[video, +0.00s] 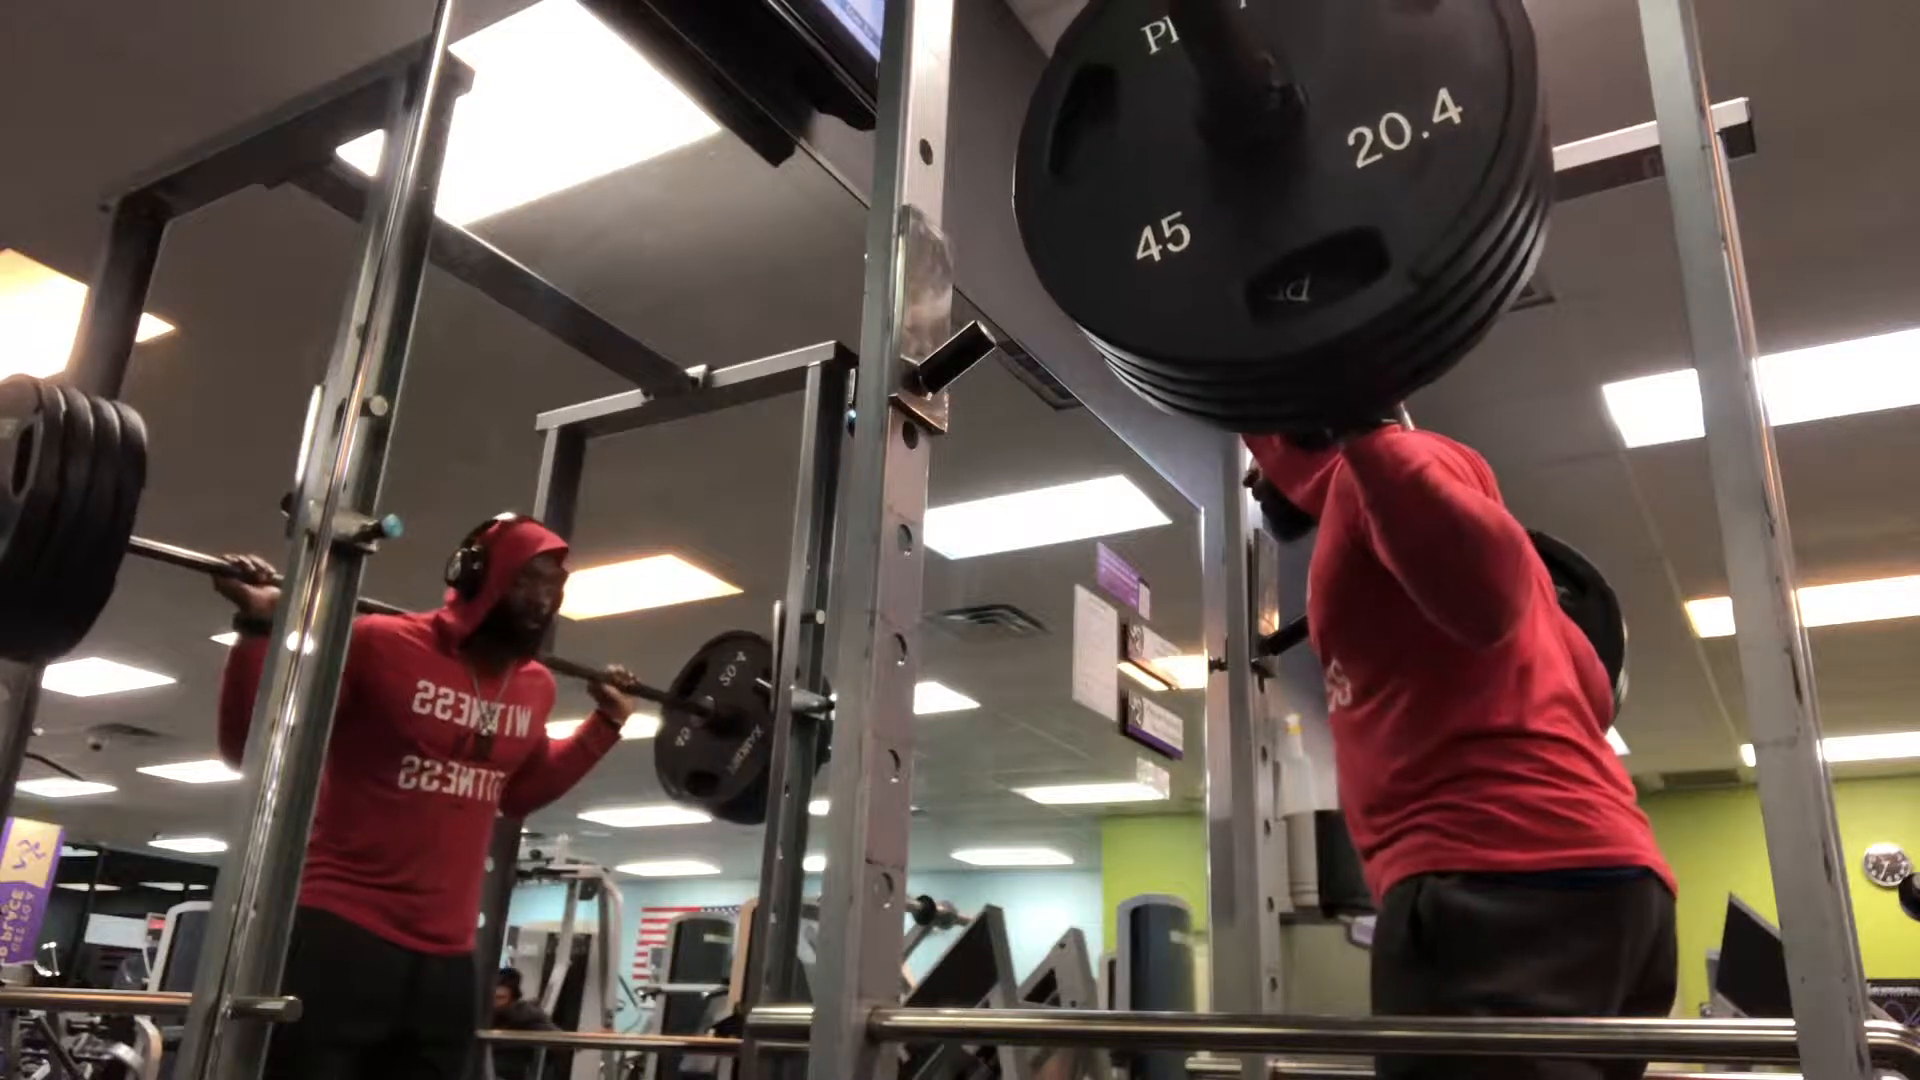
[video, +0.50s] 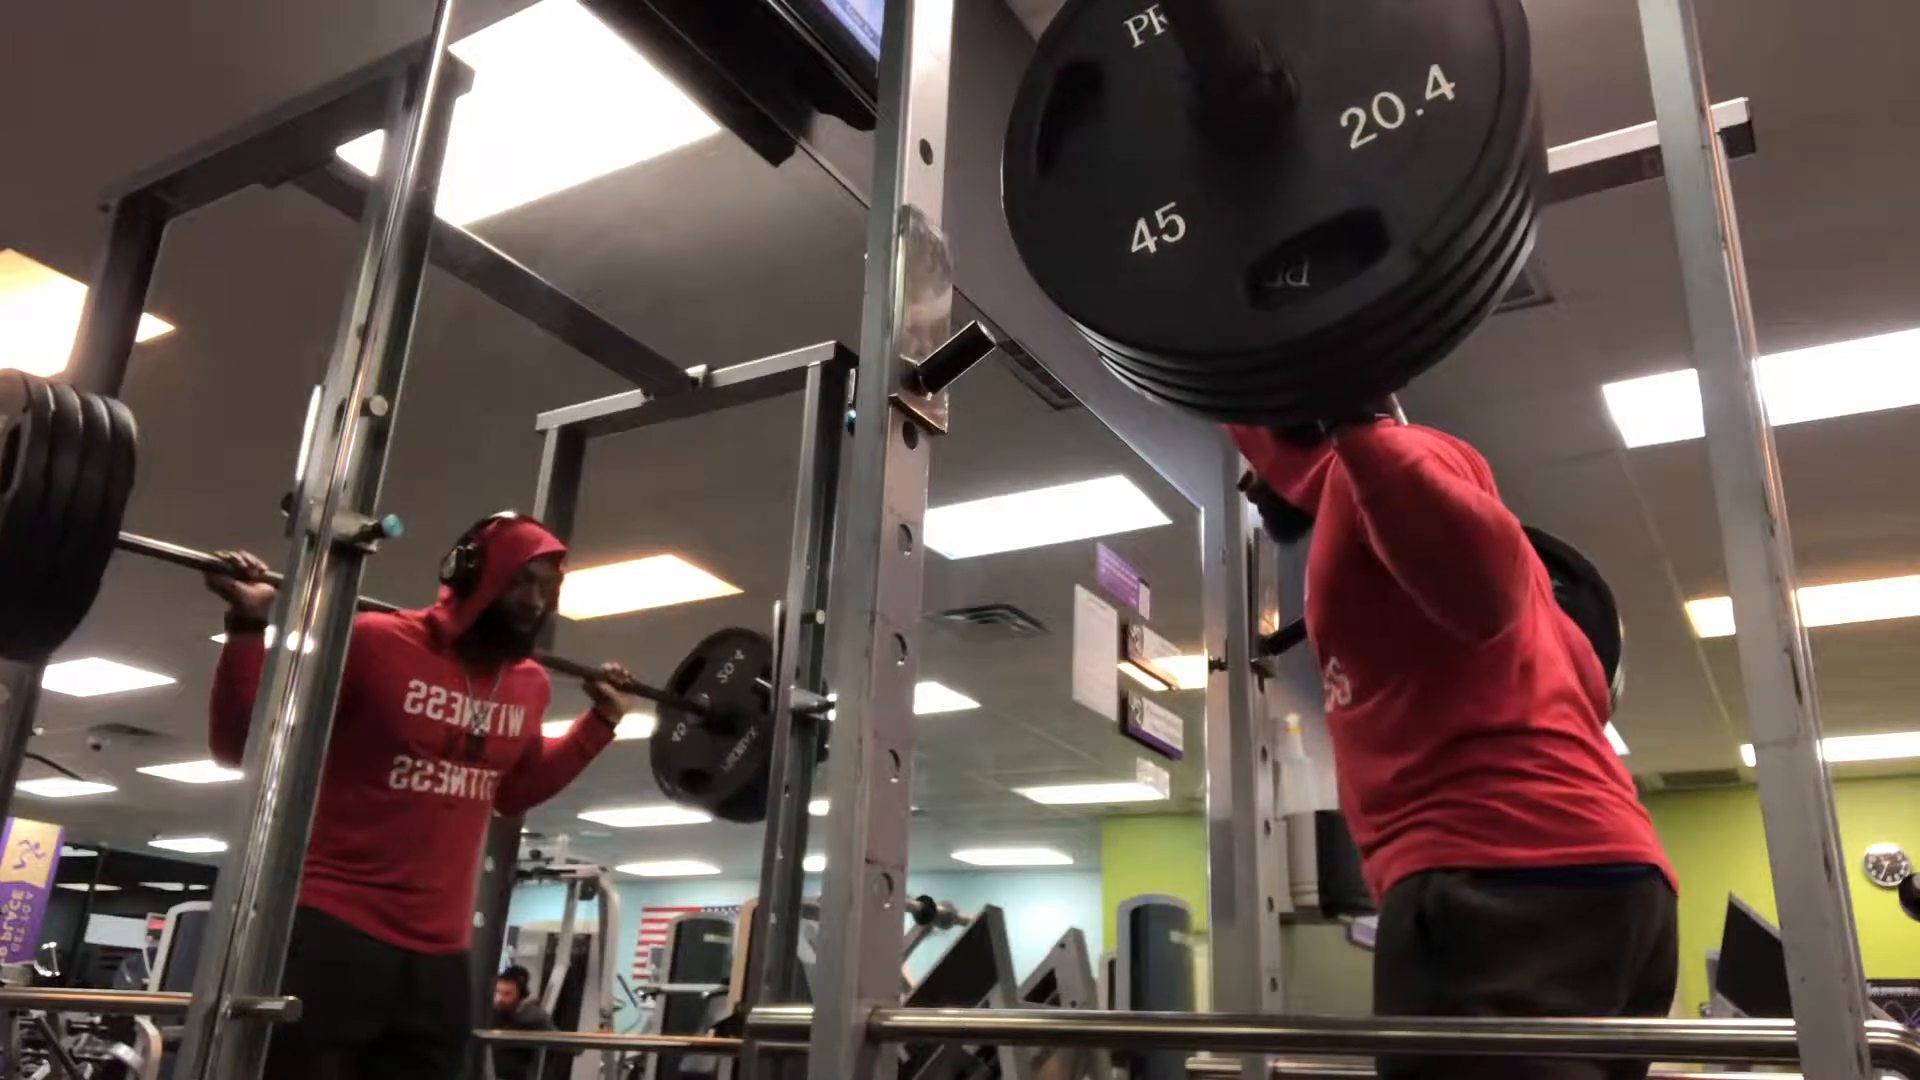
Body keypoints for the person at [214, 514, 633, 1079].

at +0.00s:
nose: (545, 598)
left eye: (555, 583)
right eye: (531, 577)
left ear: (560, 594)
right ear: (482, 576)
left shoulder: (533, 686)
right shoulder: (376, 641)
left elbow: (519, 794)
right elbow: (242, 746)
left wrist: (605, 722)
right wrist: (257, 628)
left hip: (448, 954)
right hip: (341, 929)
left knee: (435, 1071)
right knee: (315, 1070)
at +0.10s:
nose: (542, 597)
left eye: (552, 583)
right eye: (529, 577)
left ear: (558, 593)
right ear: (481, 574)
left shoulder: (532, 685)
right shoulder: (376, 641)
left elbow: (518, 794)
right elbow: (242, 746)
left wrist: (604, 722)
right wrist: (256, 629)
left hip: (446, 954)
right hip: (339, 929)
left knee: (432, 1071)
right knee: (313, 1070)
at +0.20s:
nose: (540, 598)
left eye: (550, 584)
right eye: (527, 577)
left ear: (556, 594)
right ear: (479, 574)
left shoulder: (530, 684)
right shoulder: (373, 639)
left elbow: (516, 792)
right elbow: (240, 746)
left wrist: (602, 720)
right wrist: (254, 630)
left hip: (446, 953)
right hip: (338, 928)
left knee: (431, 1071)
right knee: (313, 1070)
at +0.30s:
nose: (539, 600)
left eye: (549, 587)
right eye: (526, 580)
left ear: (556, 596)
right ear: (479, 575)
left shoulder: (529, 684)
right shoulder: (373, 639)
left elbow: (514, 793)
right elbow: (238, 747)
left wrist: (601, 721)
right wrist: (251, 626)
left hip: (446, 953)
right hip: (338, 927)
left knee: (431, 1071)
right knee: (312, 1070)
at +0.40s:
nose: (538, 601)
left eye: (548, 588)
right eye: (524, 581)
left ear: (555, 596)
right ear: (478, 576)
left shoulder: (529, 684)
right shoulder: (372, 639)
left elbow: (515, 793)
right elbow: (236, 747)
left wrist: (601, 720)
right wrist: (248, 627)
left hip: (443, 954)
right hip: (335, 929)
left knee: (429, 1071)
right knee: (311, 1070)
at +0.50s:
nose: (536, 601)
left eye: (547, 588)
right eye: (524, 581)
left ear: (555, 598)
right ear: (477, 575)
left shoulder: (528, 684)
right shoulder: (371, 640)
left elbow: (514, 793)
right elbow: (235, 746)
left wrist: (601, 720)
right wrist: (247, 625)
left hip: (441, 956)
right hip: (332, 932)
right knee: (308, 1071)